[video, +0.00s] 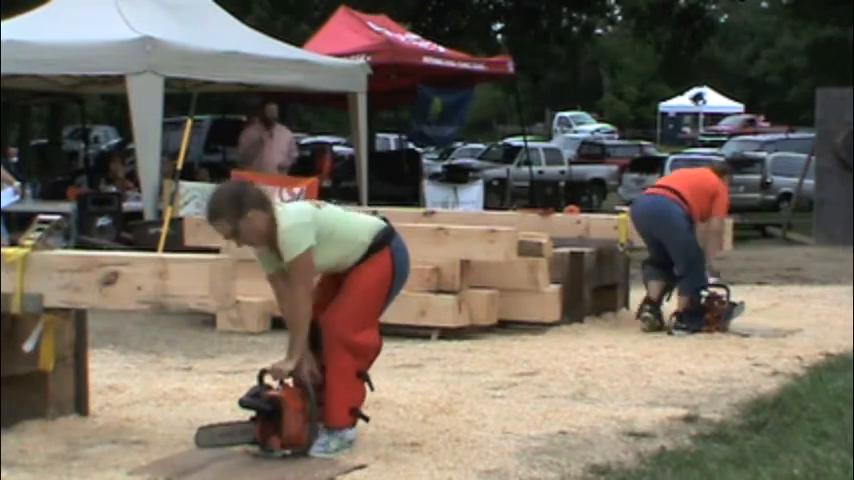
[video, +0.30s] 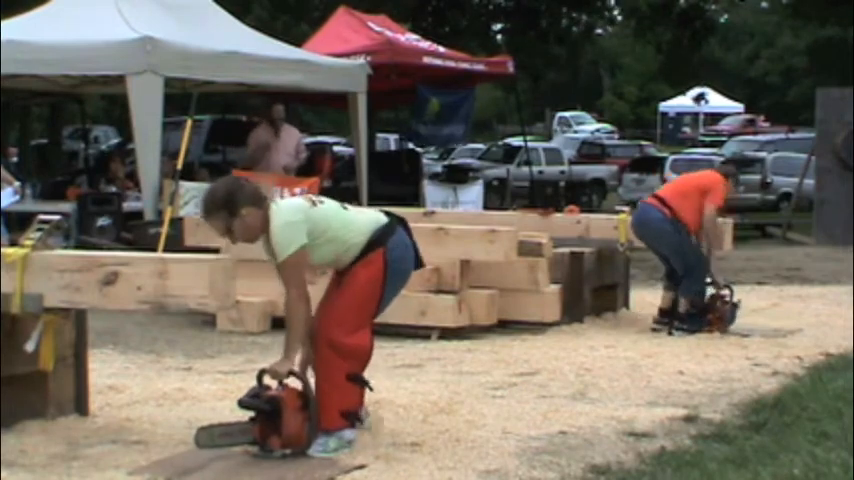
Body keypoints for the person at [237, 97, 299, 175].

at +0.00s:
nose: (272, 116)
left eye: (274, 112)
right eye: (269, 112)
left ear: (277, 114)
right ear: (262, 113)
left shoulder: (285, 133)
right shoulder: (250, 132)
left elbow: (293, 154)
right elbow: (243, 157)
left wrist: (284, 165)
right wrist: (258, 143)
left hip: (277, 178)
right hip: (253, 177)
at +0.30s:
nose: (278, 121)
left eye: (280, 119)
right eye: (275, 118)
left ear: (284, 117)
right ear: (269, 116)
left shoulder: (293, 133)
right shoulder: (258, 133)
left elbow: (302, 154)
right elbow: (249, 161)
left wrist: (292, 166)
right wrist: (262, 149)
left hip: (286, 178)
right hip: (262, 178)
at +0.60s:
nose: (281, 123)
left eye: (284, 120)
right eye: (277, 120)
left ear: (287, 119)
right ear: (272, 118)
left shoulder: (297, 133)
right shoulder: (261, 133)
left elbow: (306, 154)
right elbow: (251, 162)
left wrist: (296, 167)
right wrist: (266, 150)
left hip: (289, 181)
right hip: (265, 180)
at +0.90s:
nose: (280, 123)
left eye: (283, 120)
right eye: (277, 119)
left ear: (287, 118)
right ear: (272, 118)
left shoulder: (296, 133)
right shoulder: (261, 132)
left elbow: (305, 154)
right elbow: (251, 161)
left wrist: (296, 166)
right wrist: (265, 150)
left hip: (289, 180)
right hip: (264, 179)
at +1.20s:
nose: (275, 120)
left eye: (278, 117)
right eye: (272, 117)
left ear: (282, 117)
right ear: (268, 116)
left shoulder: (292, 133)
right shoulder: (255, 131)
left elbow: (300, 153)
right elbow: (245, 157)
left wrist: (292, 165)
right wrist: (260, 150)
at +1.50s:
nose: (268, 119)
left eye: (270, 116)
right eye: (265, 116)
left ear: (274, 116)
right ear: (260, 115)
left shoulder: (282, 132)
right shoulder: (247, 131)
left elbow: (290, 152)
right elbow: (238, 154)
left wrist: (284, 165)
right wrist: (254, 147)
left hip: (275, 177)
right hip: (251, 176)